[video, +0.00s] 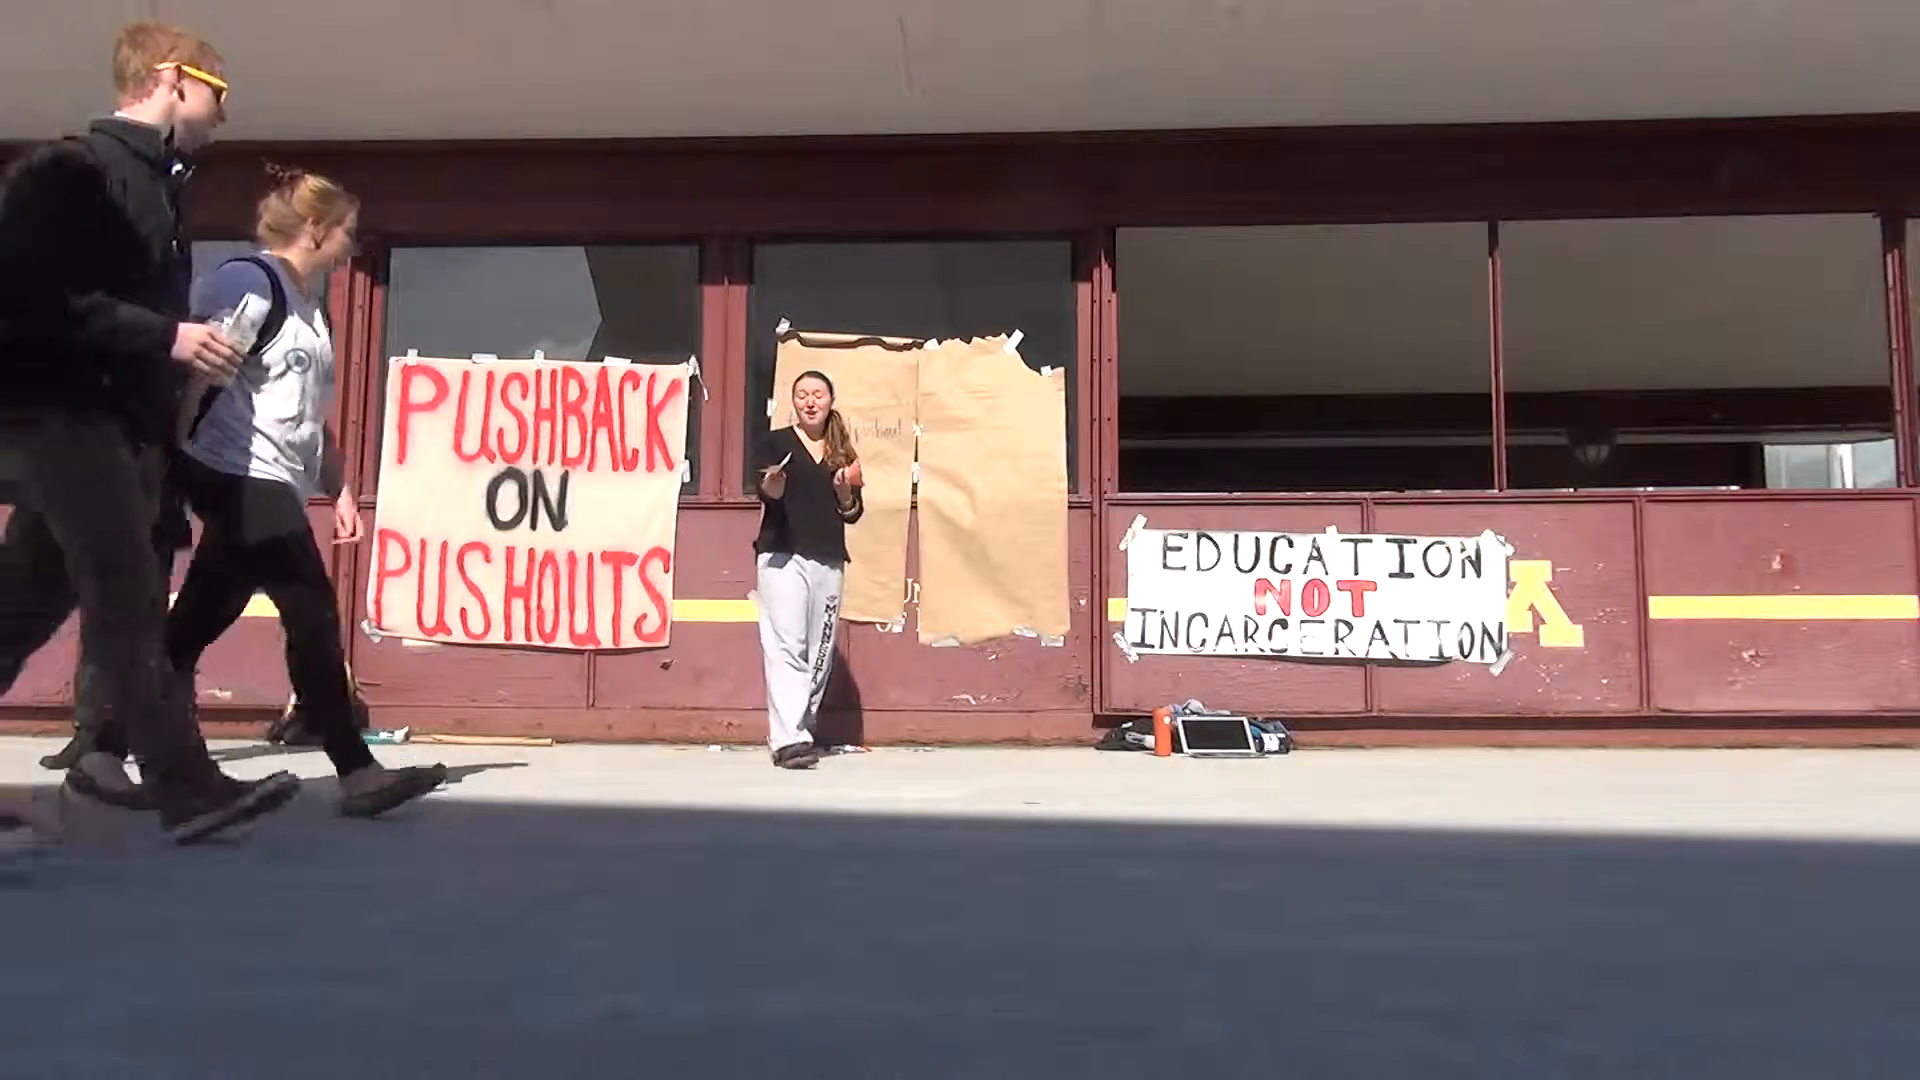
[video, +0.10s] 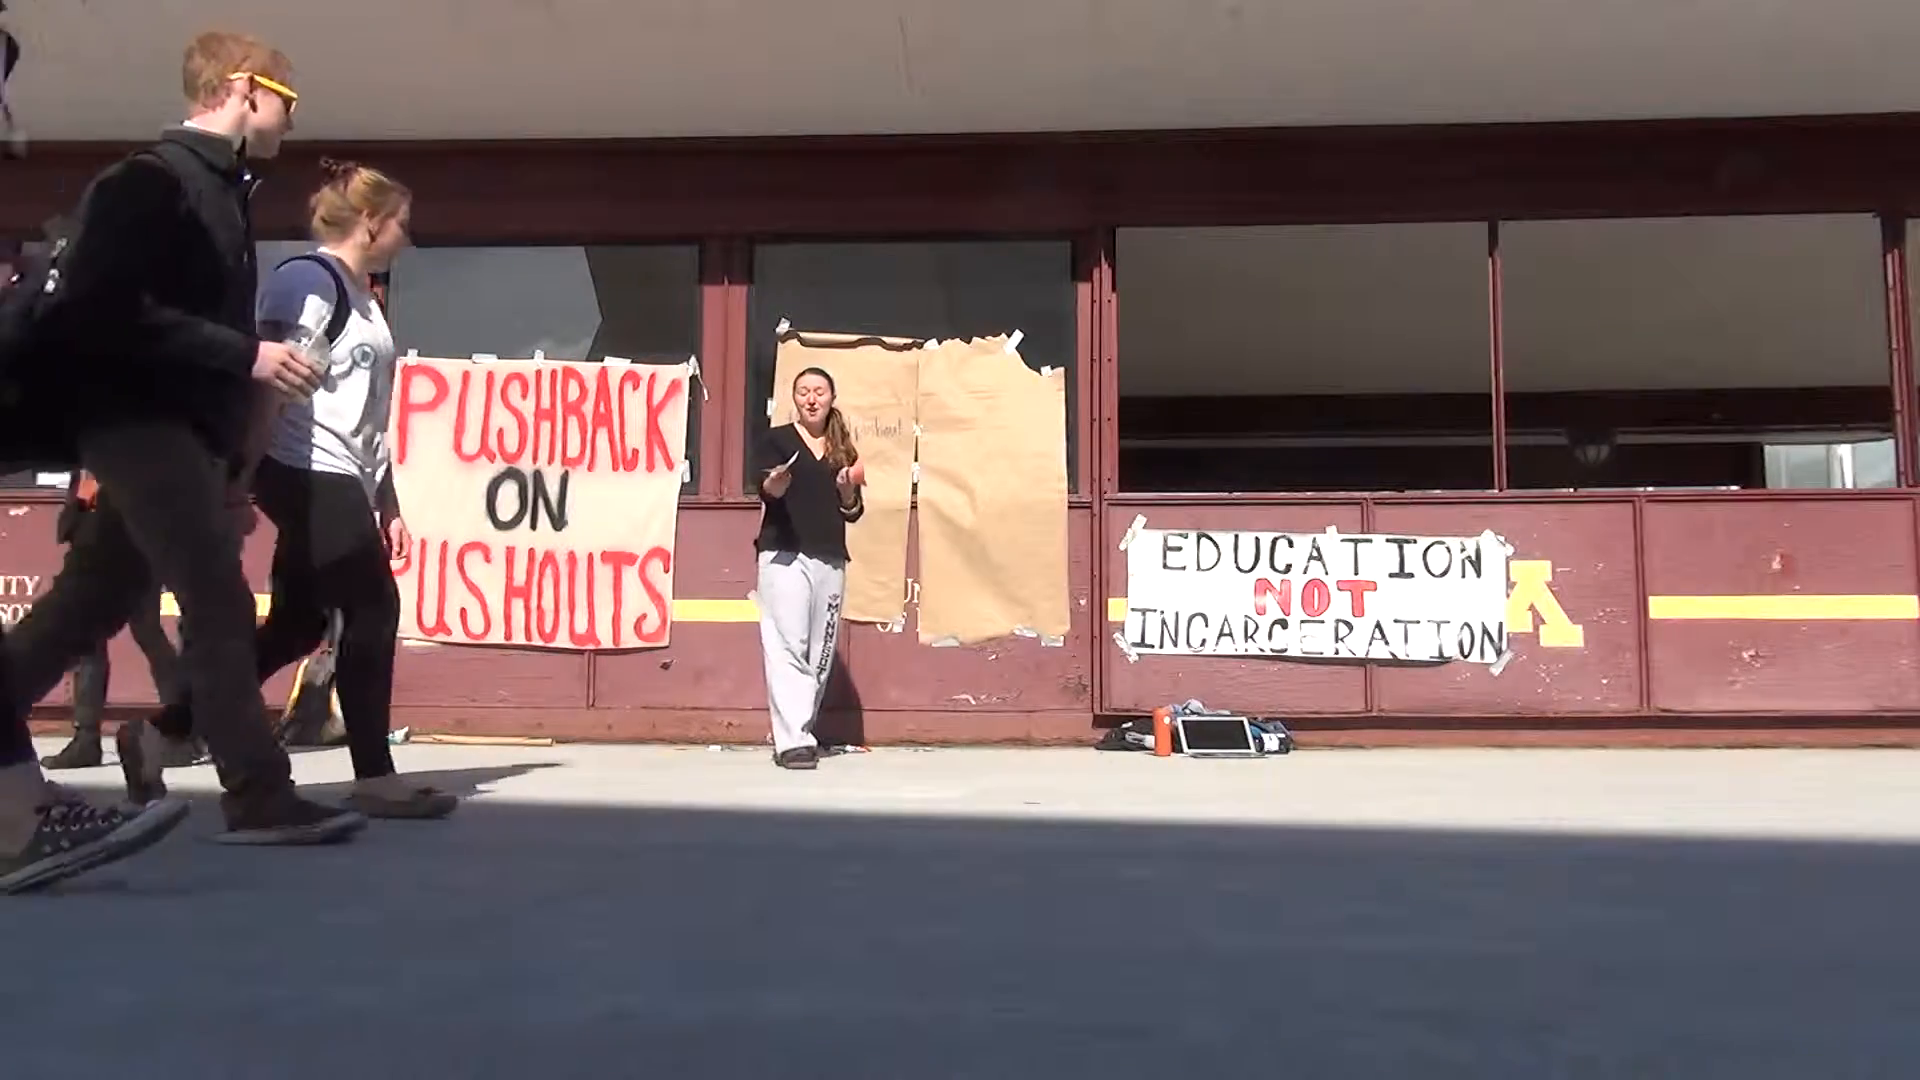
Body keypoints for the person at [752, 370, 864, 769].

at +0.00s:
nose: (810, 401)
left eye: (818, 394)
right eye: (802, 395)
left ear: (831, 401)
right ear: (793, 402)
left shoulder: (843, 449)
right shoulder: (774, 442)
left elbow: (852, 513)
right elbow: (766, 492)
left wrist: (846, 493)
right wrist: (773, 483)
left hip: (827, 558)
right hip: (782, 554)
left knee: (818, 650)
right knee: (788, 647)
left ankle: (799, 735)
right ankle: (788, 739)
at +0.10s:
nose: (812, 398)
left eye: (820, 391)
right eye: (804, 391)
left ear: (832, 399)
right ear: (793, 398)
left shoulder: (842, 448)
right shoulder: (774, 440)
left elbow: (854, 512)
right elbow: (764, 491)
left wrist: (848, 493)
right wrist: (774, 486)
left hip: (829, 557)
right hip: (784, 553)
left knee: (818, 651)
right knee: (789, 647)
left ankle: (800, 736)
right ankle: (793, 740)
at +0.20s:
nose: (813, 393)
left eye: (821, 386)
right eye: (805, 387)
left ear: (833, 394)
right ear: (794, 394)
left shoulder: (843, 444)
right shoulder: (775, 435)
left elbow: (854, 509)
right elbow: (761, 486)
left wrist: (851, 491)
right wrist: (775, 483)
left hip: (830, 554)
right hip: (784, 550)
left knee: (821, 651)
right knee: (789, 646)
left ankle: (799, 736)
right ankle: (792, 741)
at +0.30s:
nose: (811, 387)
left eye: (820, 382)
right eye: (804, 381)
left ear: (833, 393)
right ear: (794, 391)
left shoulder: (844, 442)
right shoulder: (773, 433)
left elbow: (855, 508)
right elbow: (761, 487)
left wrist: (853, 486)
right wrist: (779, 481)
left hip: (831, 553)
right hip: (784, 549)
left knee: (829, 646)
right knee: (789, 643)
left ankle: (804, 733)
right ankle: (792, 742)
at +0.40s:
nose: (812, 384)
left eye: (822, 380)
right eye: (807, 378)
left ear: (835, 393)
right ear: (796, 387)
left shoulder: (844, 441)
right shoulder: (773, 431)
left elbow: (856, 507)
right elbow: (762, 486)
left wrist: (854, 486)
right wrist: (783, 479)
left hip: (833, 554)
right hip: (784, 550)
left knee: (838, 649)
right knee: (788, 646)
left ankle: (799, 731)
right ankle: (793, 742)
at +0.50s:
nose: (816, 384)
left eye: (826, 380)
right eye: (810, 376)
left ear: (837, 392)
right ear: (799, 384)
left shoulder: (846, 440)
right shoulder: (774, 429)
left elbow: (858, 505)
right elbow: (766, 484)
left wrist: (856, 488)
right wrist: (793, 473)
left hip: (837, 554)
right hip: (787, 551)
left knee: (846, 647)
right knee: (790, 647)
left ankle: (815, 726)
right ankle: (793, 742)